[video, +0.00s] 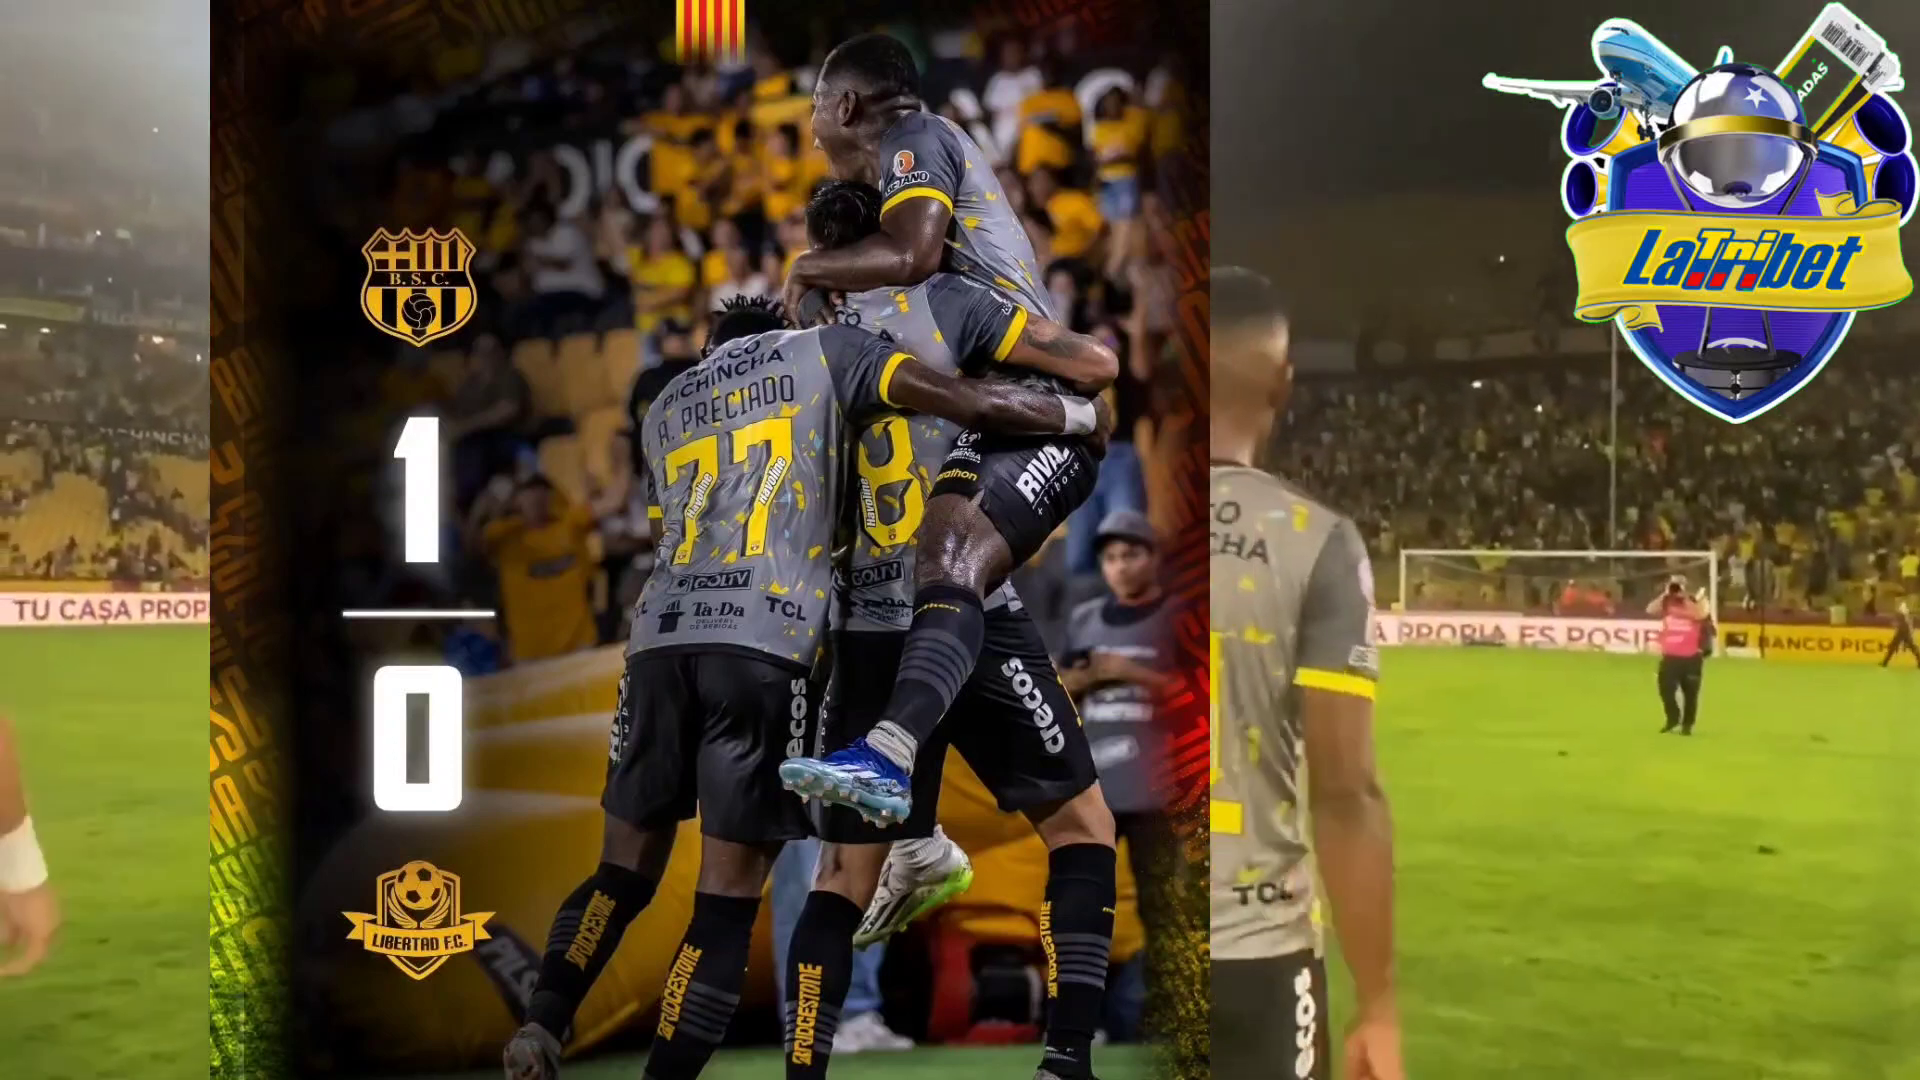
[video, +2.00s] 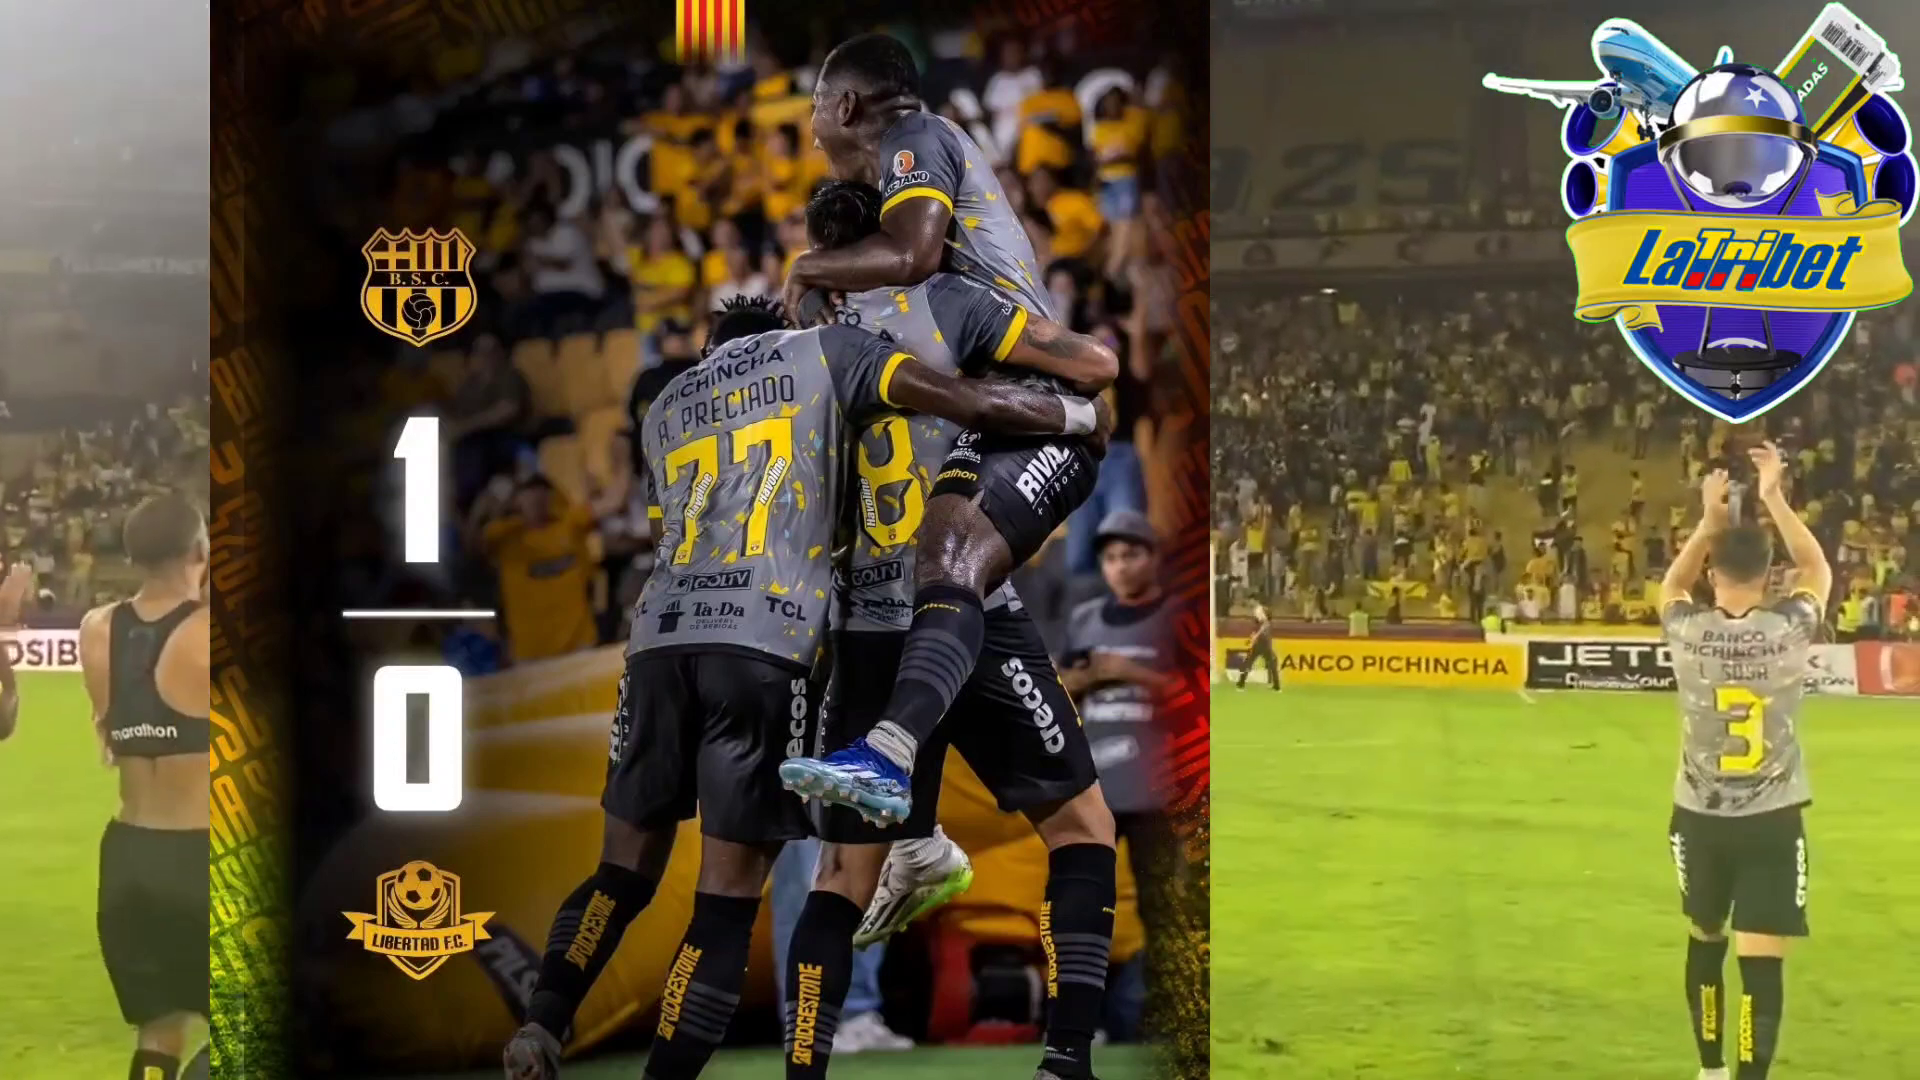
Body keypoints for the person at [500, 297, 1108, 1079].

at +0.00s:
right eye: (804, 317)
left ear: (708, 345)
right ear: (787, 323)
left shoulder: (661, 407)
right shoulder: (830, 348)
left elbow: (679, 519)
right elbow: (972, 400)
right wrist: (1089, 418)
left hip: (657, 648)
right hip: (761, 648)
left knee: (623, 868)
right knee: (726, 894)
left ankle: (543, 1026)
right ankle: (667, 1075)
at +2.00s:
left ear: (708, 345)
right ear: (786, 324)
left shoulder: (660, 405)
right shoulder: (830, 348)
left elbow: (680, 515)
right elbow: (971, 400)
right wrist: (1088, 419)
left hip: (657, 647)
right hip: (762, 648)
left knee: (622, 867)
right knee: (726, 893)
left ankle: (542, 1026)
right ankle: (667, 1074)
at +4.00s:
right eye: (807, 318)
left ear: (707, 345)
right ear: (787, 325)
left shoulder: (660, 405)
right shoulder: (830, 348)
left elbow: (680, 516)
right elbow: (971, 400)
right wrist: (1088, 418)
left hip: (656, 648)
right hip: (761, 648)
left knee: (623, 867)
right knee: (726, 892)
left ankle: (542, 1027)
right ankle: (667, 1075)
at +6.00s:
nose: (826, 325)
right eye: (814, 319)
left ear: (710, 345)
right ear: (793, 324)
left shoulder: (661, 406)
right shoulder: (829, 348)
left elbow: (682, 519)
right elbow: (970, 399)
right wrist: (1086, 418)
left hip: (657, 648)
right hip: (762, 649)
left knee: (623, 865)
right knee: (727, 892)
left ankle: (542, 1027)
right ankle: (667, 1075)